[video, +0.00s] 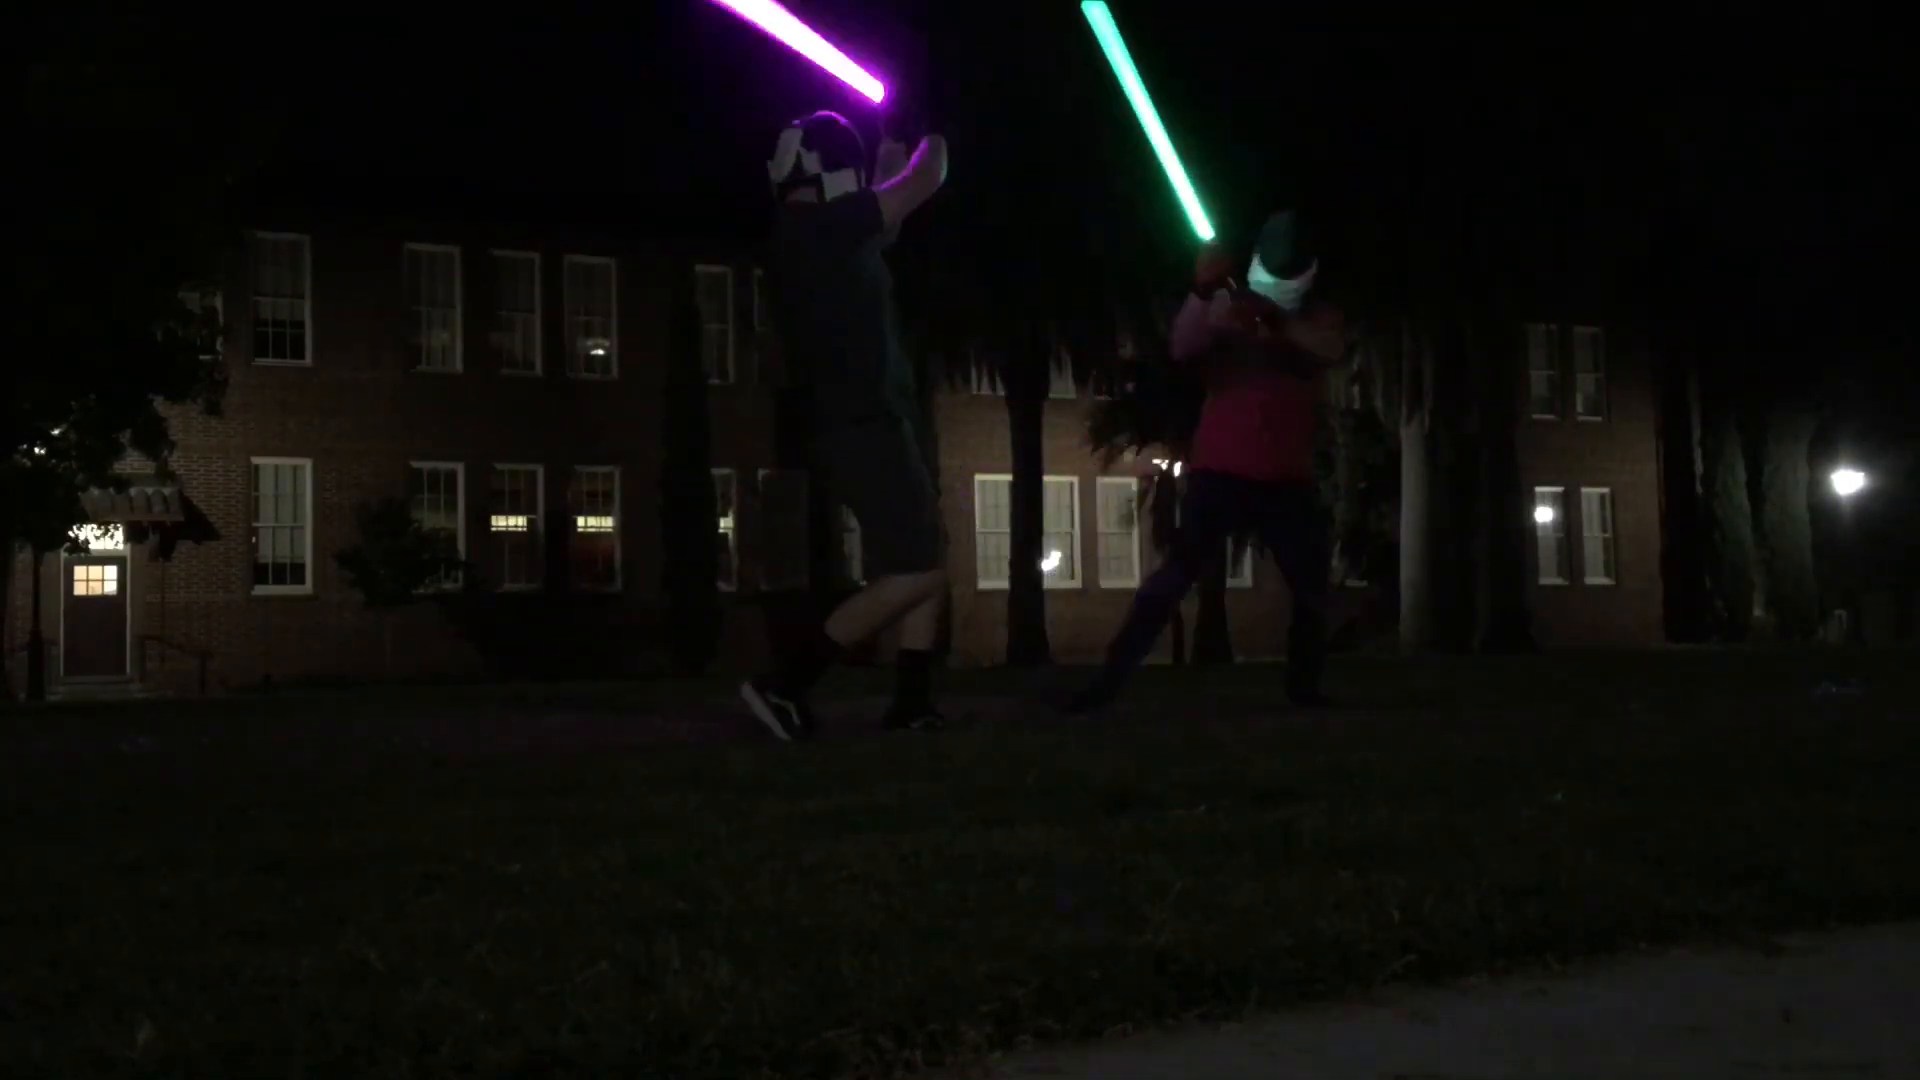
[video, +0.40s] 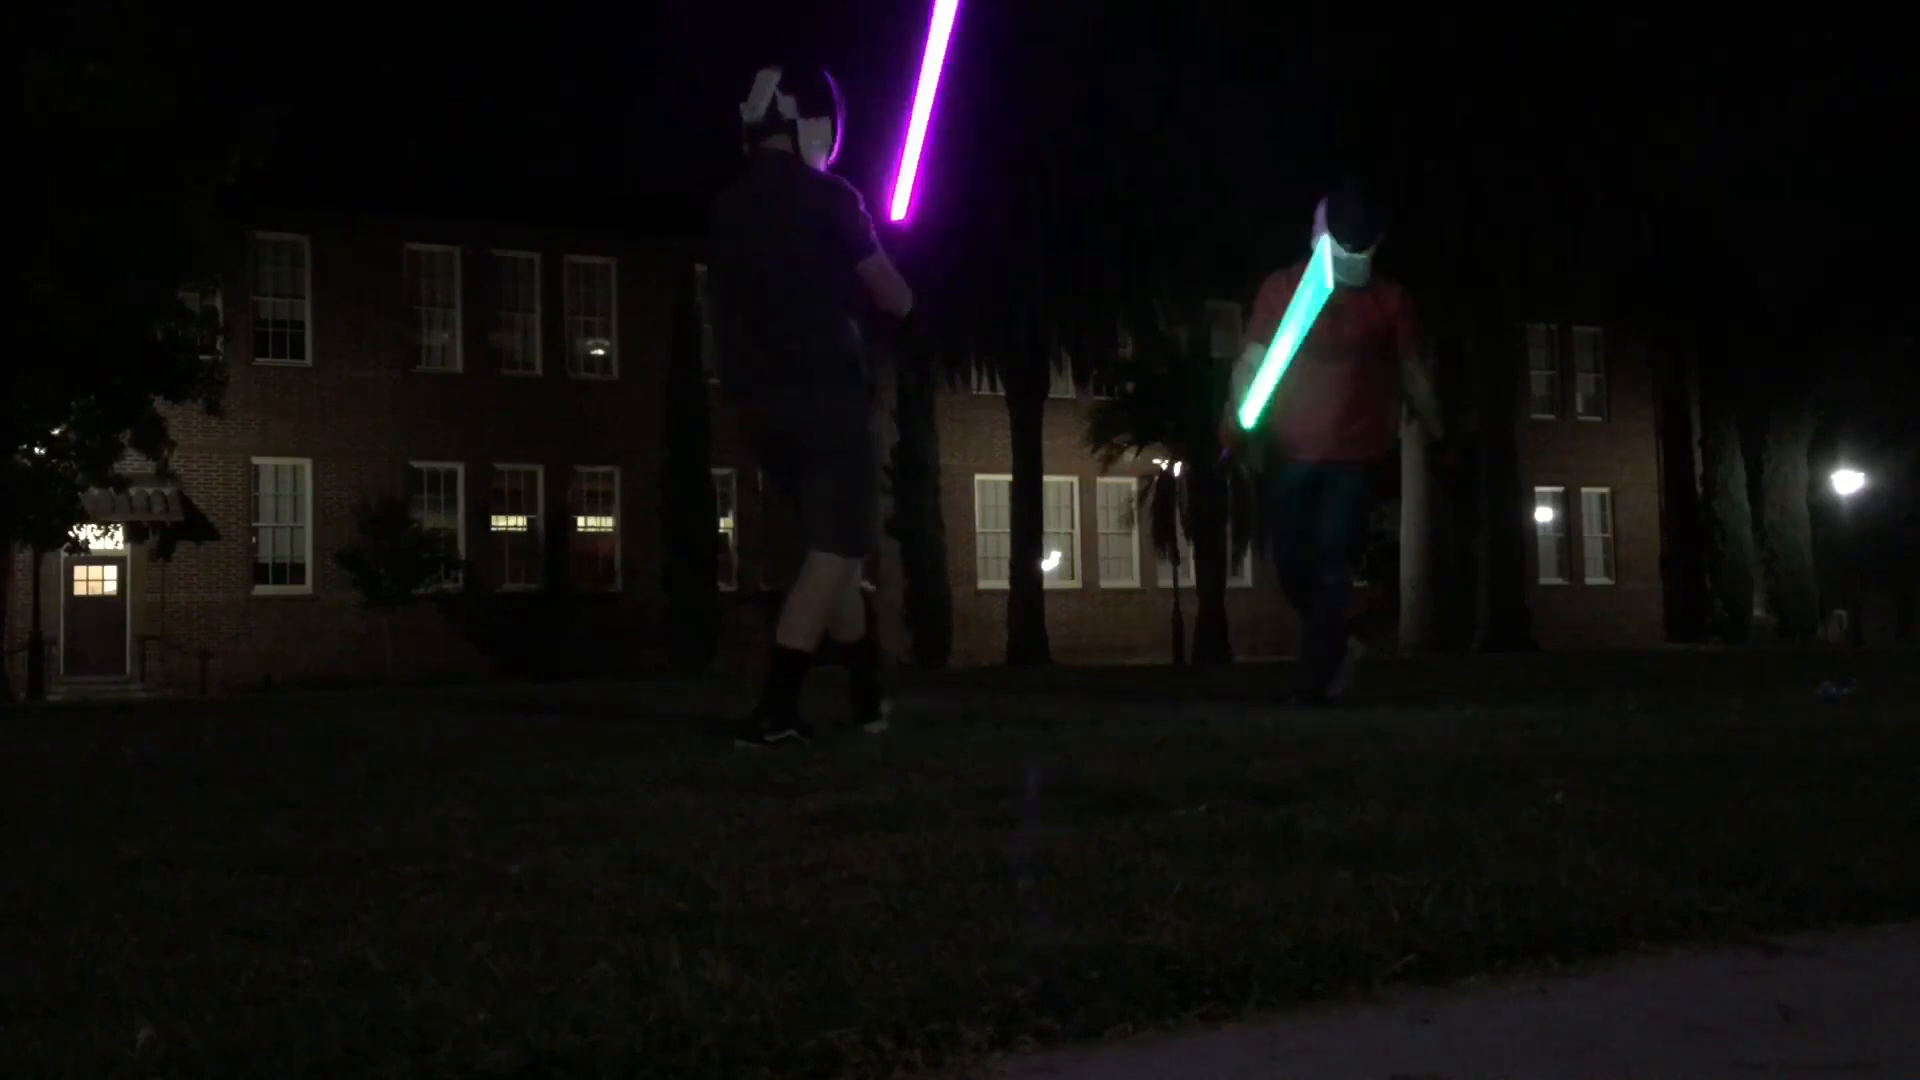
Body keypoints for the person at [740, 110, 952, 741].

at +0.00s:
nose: (858, 181)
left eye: (859, 171)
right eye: (852, 170)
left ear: (796, 176)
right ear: (831, 174)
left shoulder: (819, 230)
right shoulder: (829, 226)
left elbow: (884, 206)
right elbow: (925, 176)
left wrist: (890, 167)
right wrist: (930, 140)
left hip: (874, 416)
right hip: (863, 419)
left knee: (924, 562)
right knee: (920, 568)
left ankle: (909, 706)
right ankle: (787, 681)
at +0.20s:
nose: (853, 155)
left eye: (852, 144)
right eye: (845, 145)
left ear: (780, 148)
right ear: (820, 147)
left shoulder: (770, 210)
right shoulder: (826, 205)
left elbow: (844, 224)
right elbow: (932, 233)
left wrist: (869, 176)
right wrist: (929, 195)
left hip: (808, 403)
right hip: (853, 402)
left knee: (879, 548)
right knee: (892, 550)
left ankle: (903, 703)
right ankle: (788, 700)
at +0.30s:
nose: (844, 151)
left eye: (843, 139)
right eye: (838, 139)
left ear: (770, 141)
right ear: (814, 140)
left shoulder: (748, 209)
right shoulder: (832, 208)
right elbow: (918, 273)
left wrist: (852, 214)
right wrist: (913, 242)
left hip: (785, 399)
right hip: (849, 400)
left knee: (853, 549)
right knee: (854, 551)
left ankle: (893, 698)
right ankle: (777, 707)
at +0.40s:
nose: (835, 140)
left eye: (833, 128)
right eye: (831, 128)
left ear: (757, 129)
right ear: (812, 128)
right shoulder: (828, 200)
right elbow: (894, 297)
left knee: (839, 540)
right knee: (832, 543)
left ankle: (865, 694)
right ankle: (776, 709)